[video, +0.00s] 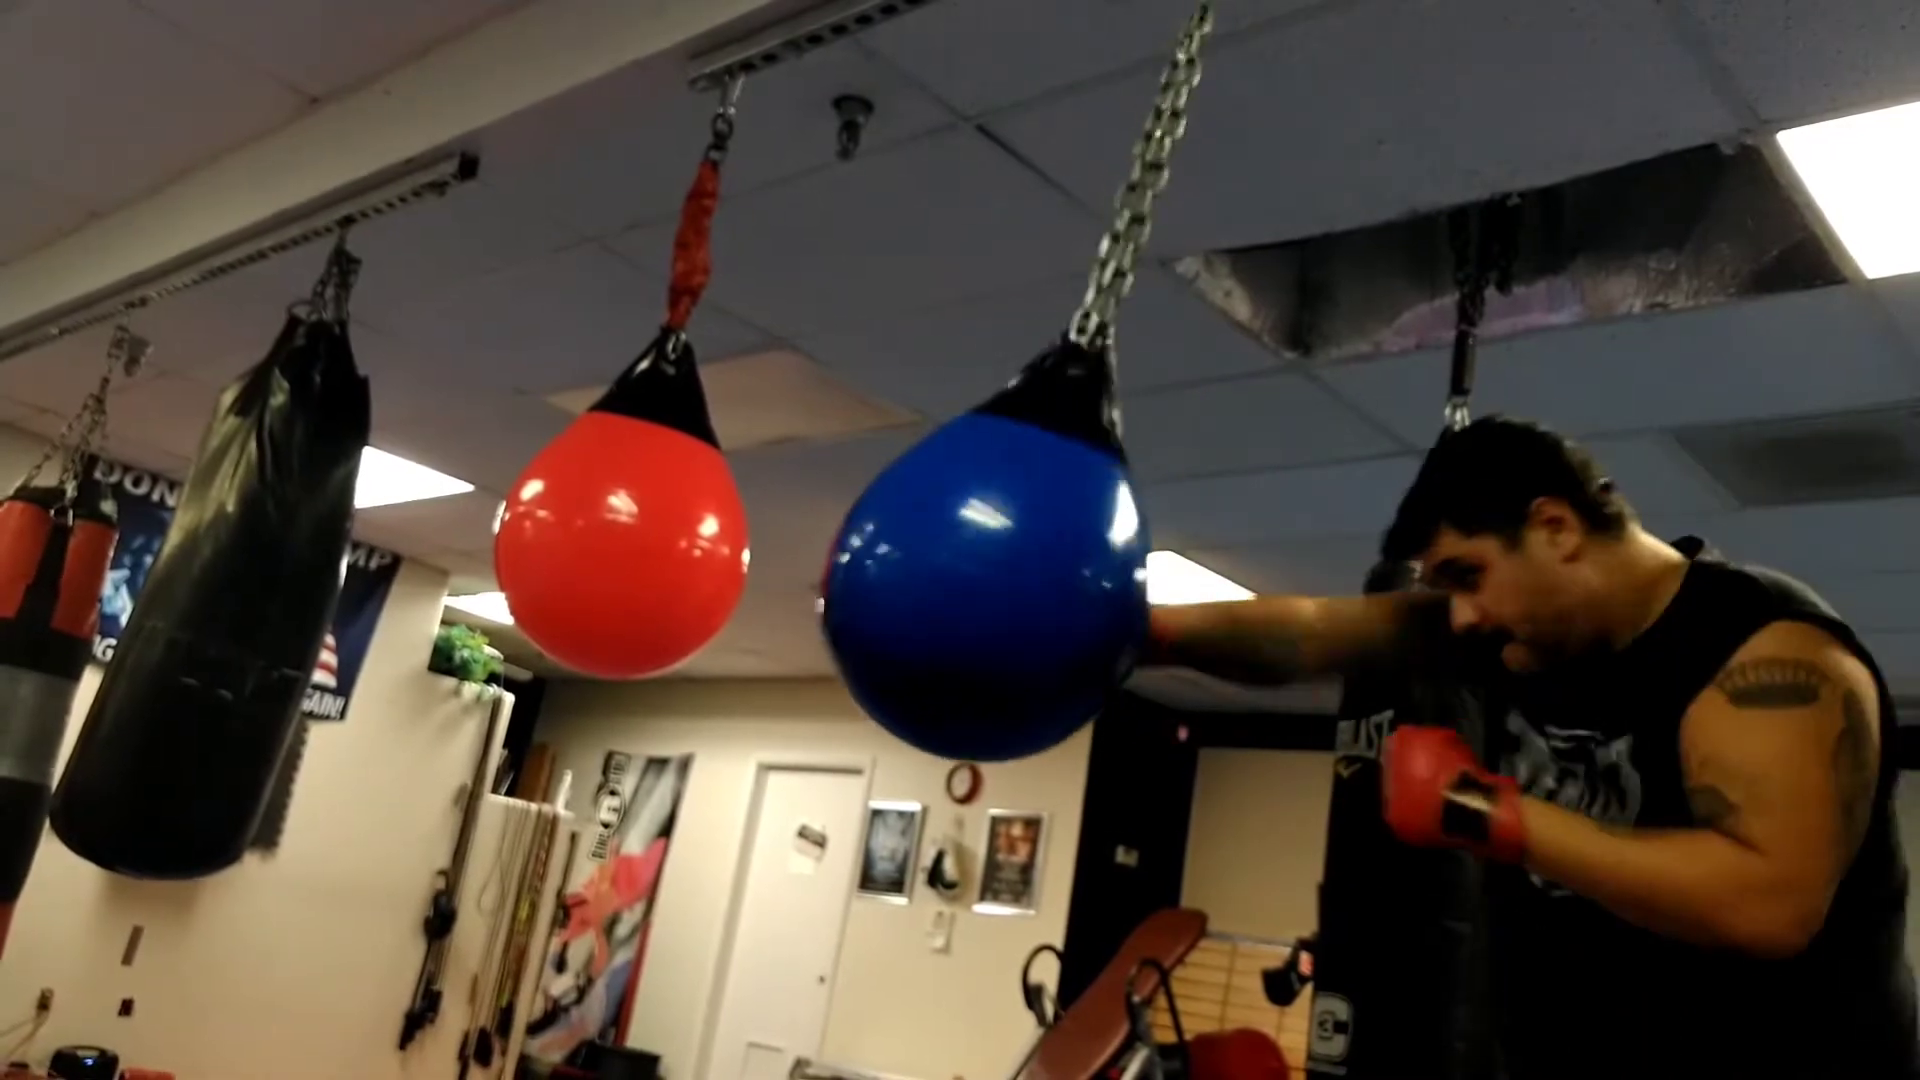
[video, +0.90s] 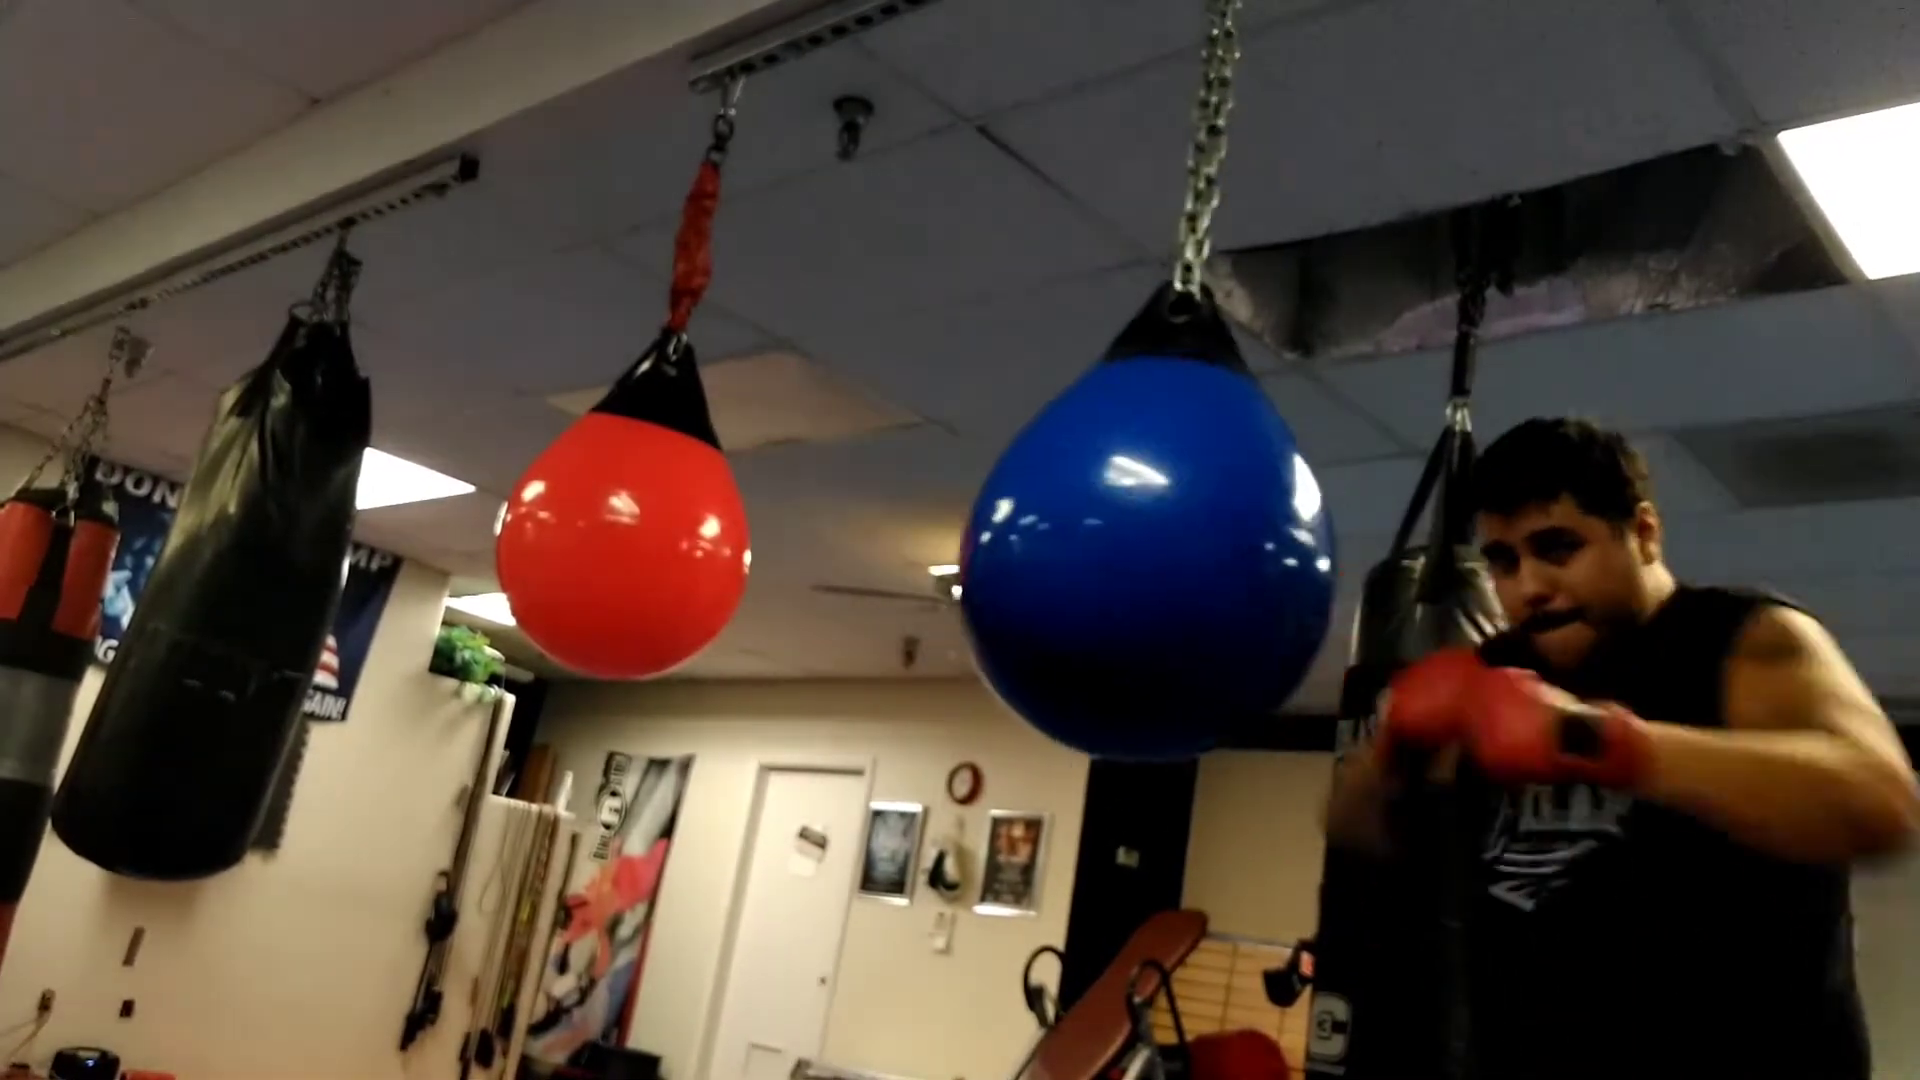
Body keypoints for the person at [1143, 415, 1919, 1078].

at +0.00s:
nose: (1462, 620)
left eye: (1466, 580)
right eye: (1446, 593)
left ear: (1556, 530)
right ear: (1555, 533)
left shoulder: (1776, 658)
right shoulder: (1534, 631)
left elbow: (1770, 898)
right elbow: (1305, 635)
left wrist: (1500, 813)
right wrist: (1132, 627)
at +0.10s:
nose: (1471, 608)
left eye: (1483, 569)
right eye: (1458, 583)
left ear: (1576, 522)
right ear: (1568, 534)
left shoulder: (1770, 659)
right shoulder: (1543, 625)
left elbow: (1758, 896)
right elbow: (1321, 643)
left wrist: (1502, 792)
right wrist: (1122, 634)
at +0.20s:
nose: (1471, 591)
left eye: (1488, 549)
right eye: (1459, 563)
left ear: (1591, 515)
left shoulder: (1751, 648)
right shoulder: (1580, 646)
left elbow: (1737, 878)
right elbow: (1413, 688)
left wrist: (1498, 752)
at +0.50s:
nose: (1480, 640)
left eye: (1507, 601)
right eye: (1457, 614)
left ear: (1590, 585)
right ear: (1442, 620)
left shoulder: (1713, 713)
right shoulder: (1520, 740)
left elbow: (1802, 911)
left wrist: (1524, 923)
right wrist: (1426, 909)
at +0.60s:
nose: (1465, 626)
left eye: (1489, 588)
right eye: (1440, 603)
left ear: (1570, 567)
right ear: (1425, 615)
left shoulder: (1679, 672)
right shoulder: (1490, 723)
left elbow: (1790, 821)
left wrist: (1532, 765)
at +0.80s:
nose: (1498, 603)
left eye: (1525, 566)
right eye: (1468, 582)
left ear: (1602, 554)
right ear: (1445, 593)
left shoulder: (1673, 605)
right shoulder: (1488, 709)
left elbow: (1706, 671)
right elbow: (1470, 944)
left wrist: (1429, 634)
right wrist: (1428, 857)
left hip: (1742, 1074)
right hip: (1557, 1076)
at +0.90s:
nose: (1529, 588)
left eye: (1558, 549)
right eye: (1504, 562)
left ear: (1643, 533)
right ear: (1487, 574)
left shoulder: (1753, 639)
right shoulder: (1492, 677)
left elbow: (1879, 802)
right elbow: (1354, 831)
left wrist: (1592, 737)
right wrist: (1396, 751)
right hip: (1529, 1079)